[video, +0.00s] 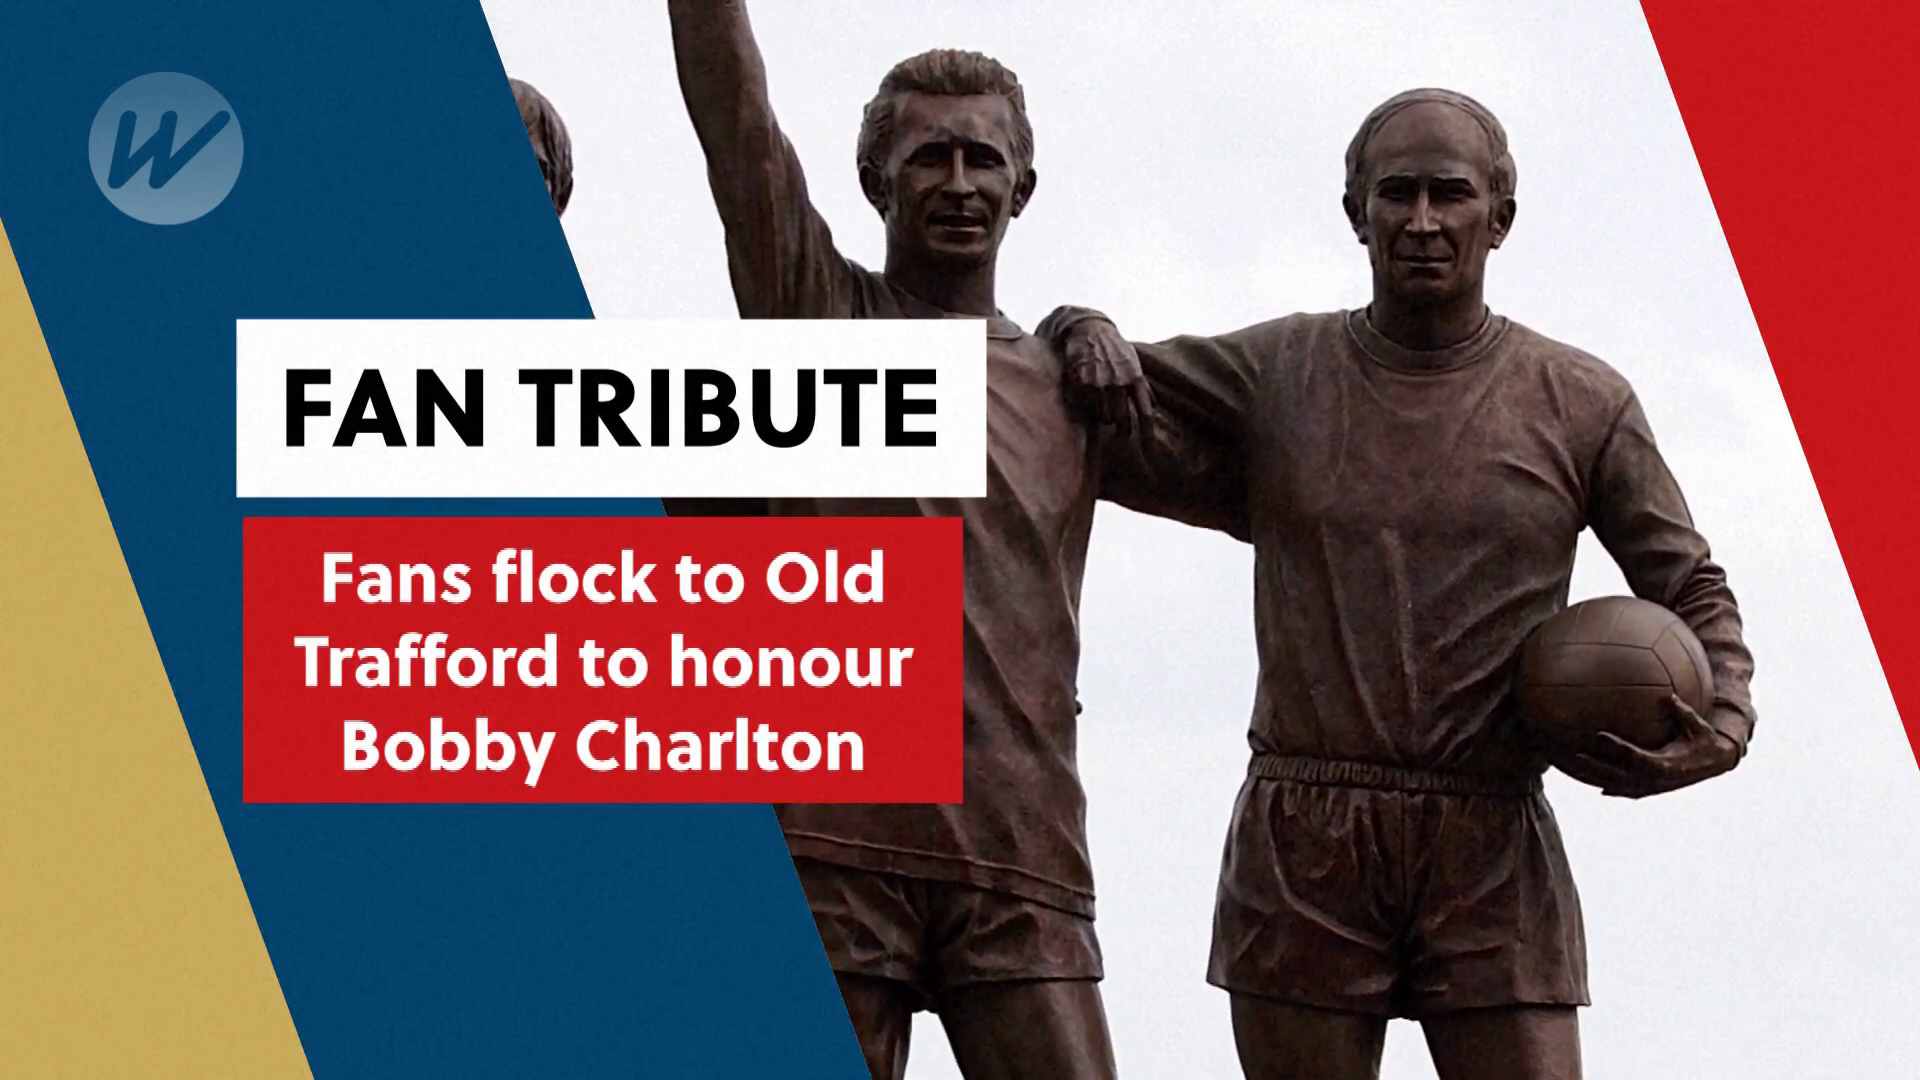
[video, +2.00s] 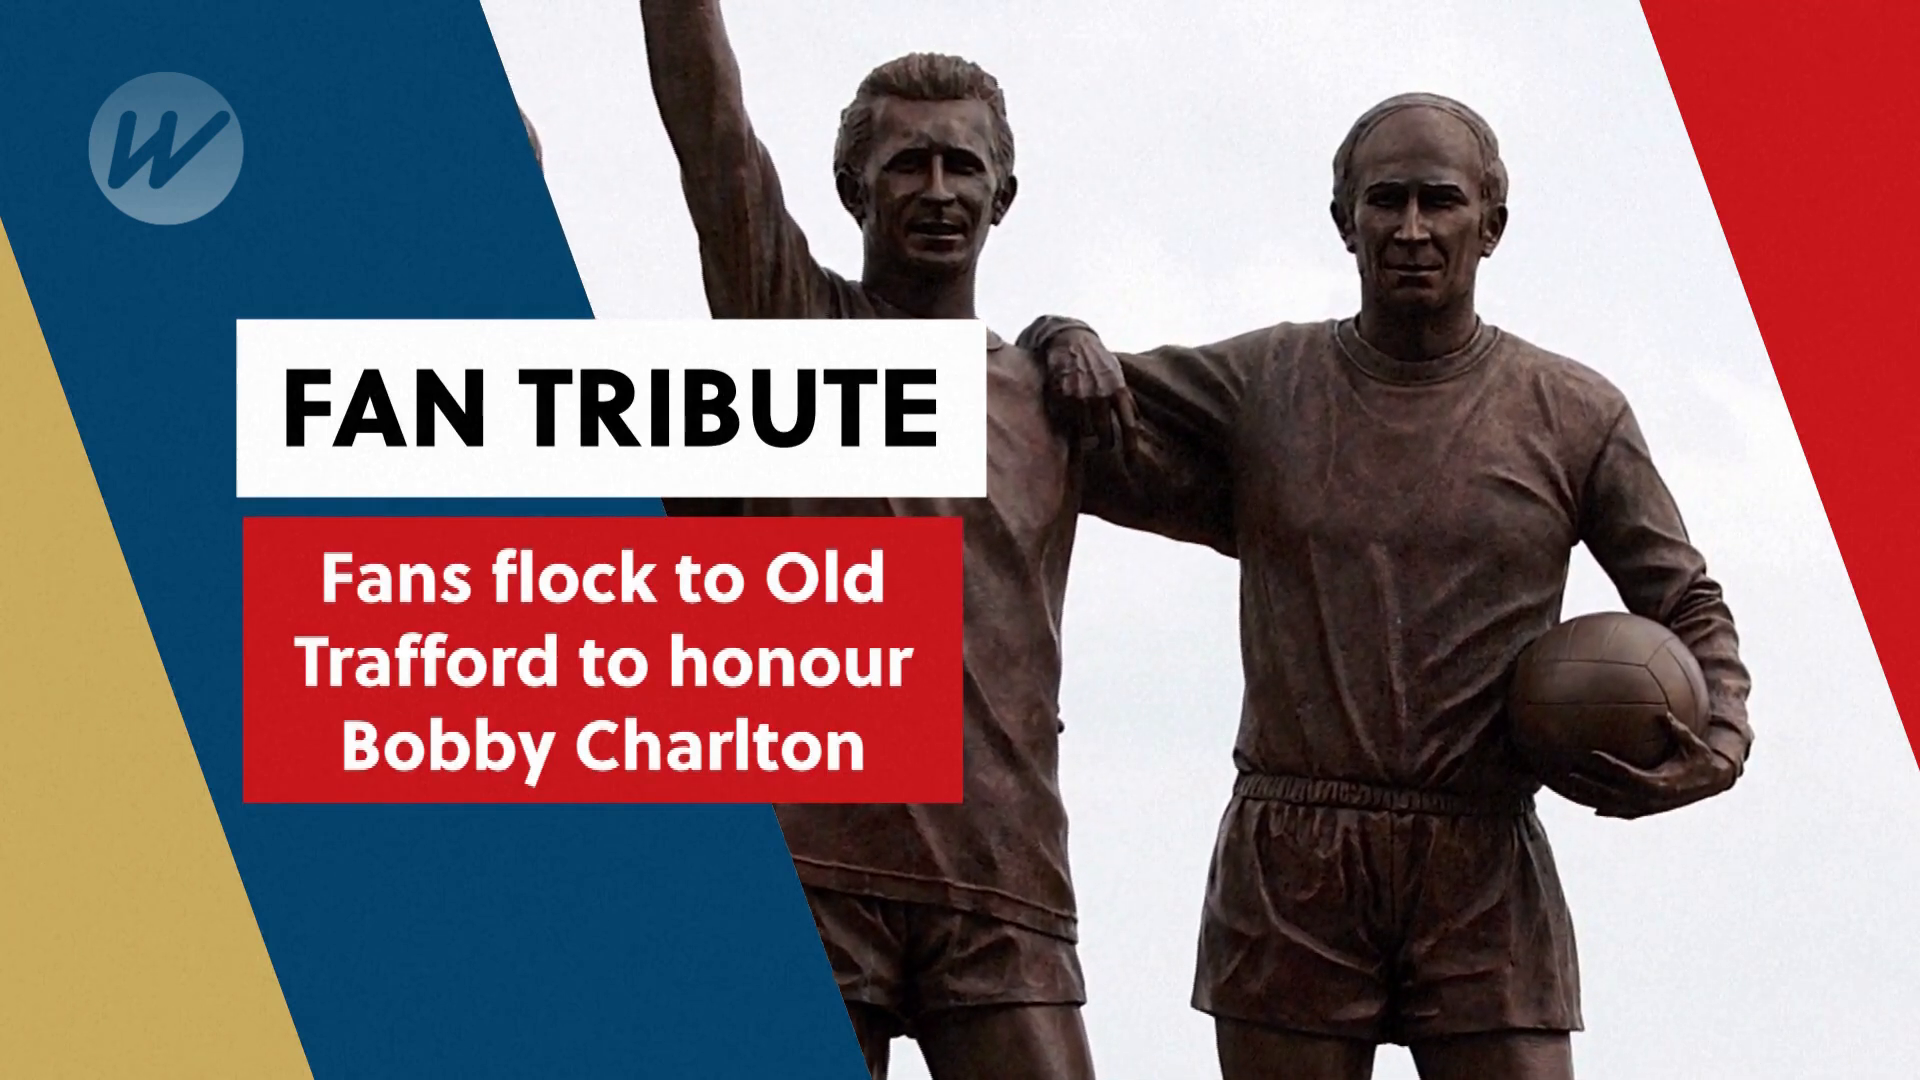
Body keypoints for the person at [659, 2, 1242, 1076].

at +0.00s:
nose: (959, 180)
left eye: (983, 157)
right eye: (928, 157)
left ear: (1020, 184)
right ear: (876, 181)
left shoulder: (1071, 390)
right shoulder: (815, 317)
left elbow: (1279, 487)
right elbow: (735, 125)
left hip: (1021, 863)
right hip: (828, 857)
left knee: (1074, 1068)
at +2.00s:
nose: (938, 188)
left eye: (963, 164)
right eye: (906, 163)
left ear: (1002, 195)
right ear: (854, 191)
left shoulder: (1053, 398)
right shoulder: (788, 327)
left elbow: (1261, 501)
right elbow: (710, 135)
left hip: (1003, 882)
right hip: (809, 880)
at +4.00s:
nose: (918, 195)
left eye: (944, 171)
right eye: (886, 170)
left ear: (983, 202)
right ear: (829, 197)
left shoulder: (1032, 400)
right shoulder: (762, 334)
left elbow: (1244, 515)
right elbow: (681, 127)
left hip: (986, 909)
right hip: (790, 902)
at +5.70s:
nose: (907, 209)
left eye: (930, 180)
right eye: (887, 177)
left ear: (960, 198)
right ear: (850, 187)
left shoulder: (1001, 414)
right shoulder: (793, 379)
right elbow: (684, 136)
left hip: (962, 870)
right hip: (805, 869)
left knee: (998, 1049)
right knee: (790, 1046)